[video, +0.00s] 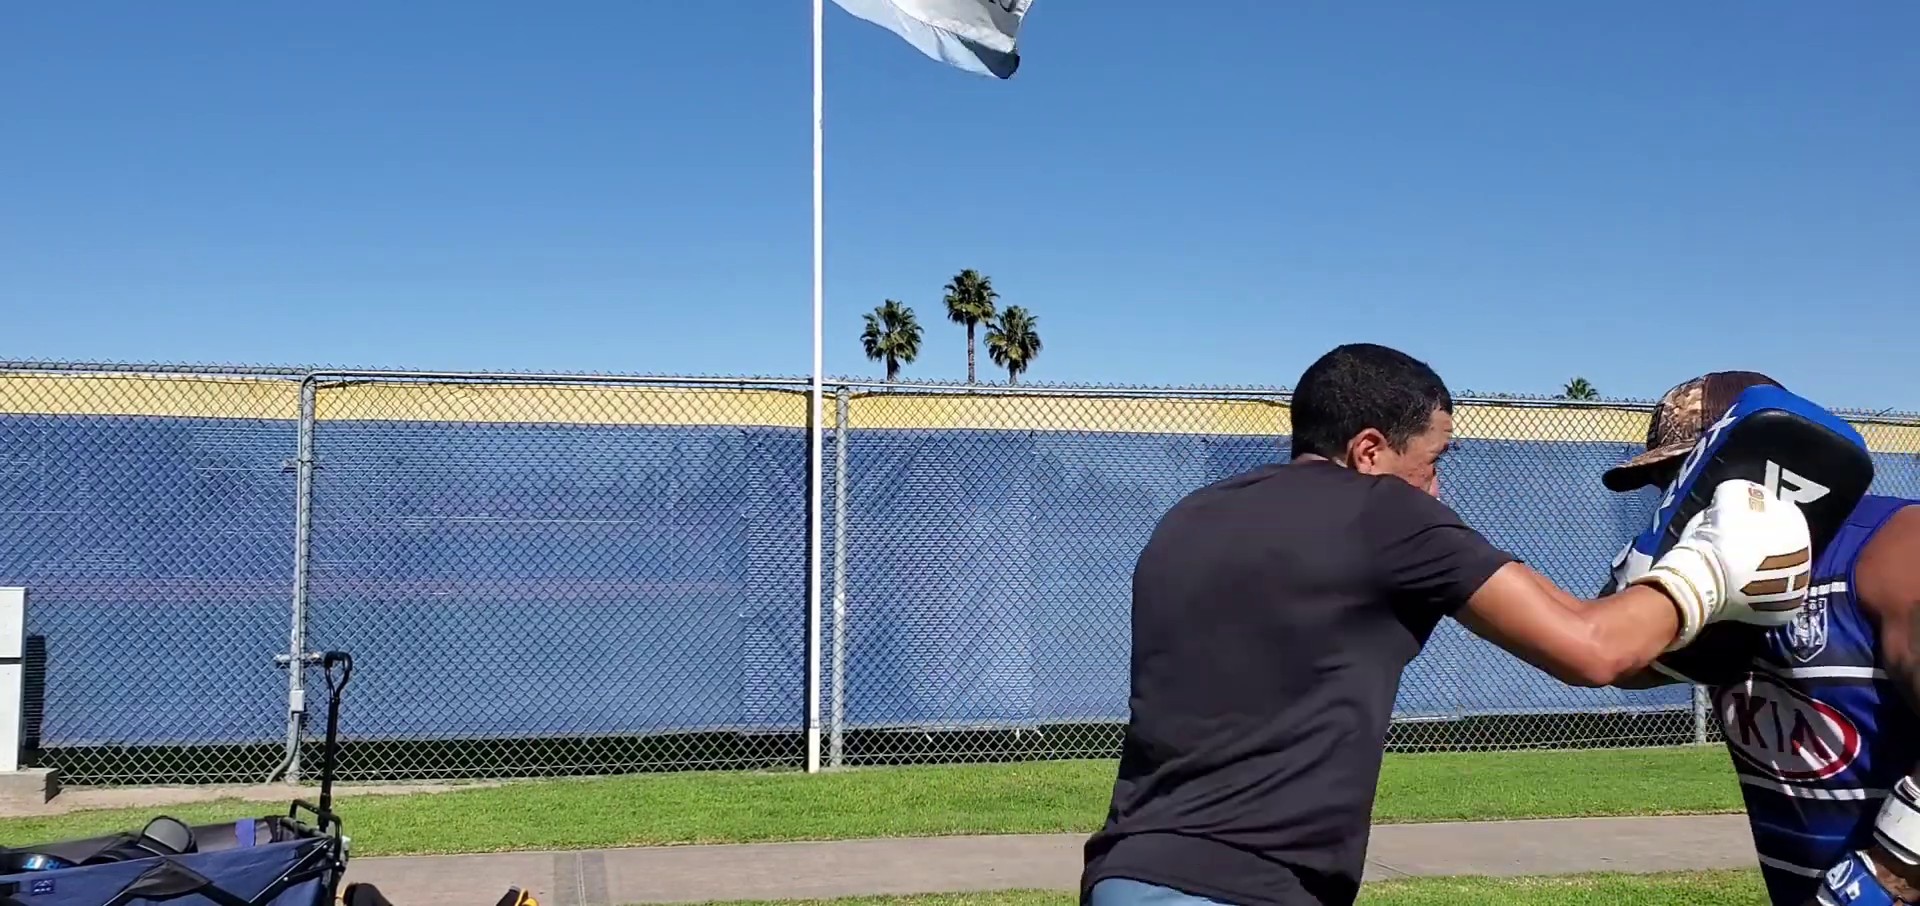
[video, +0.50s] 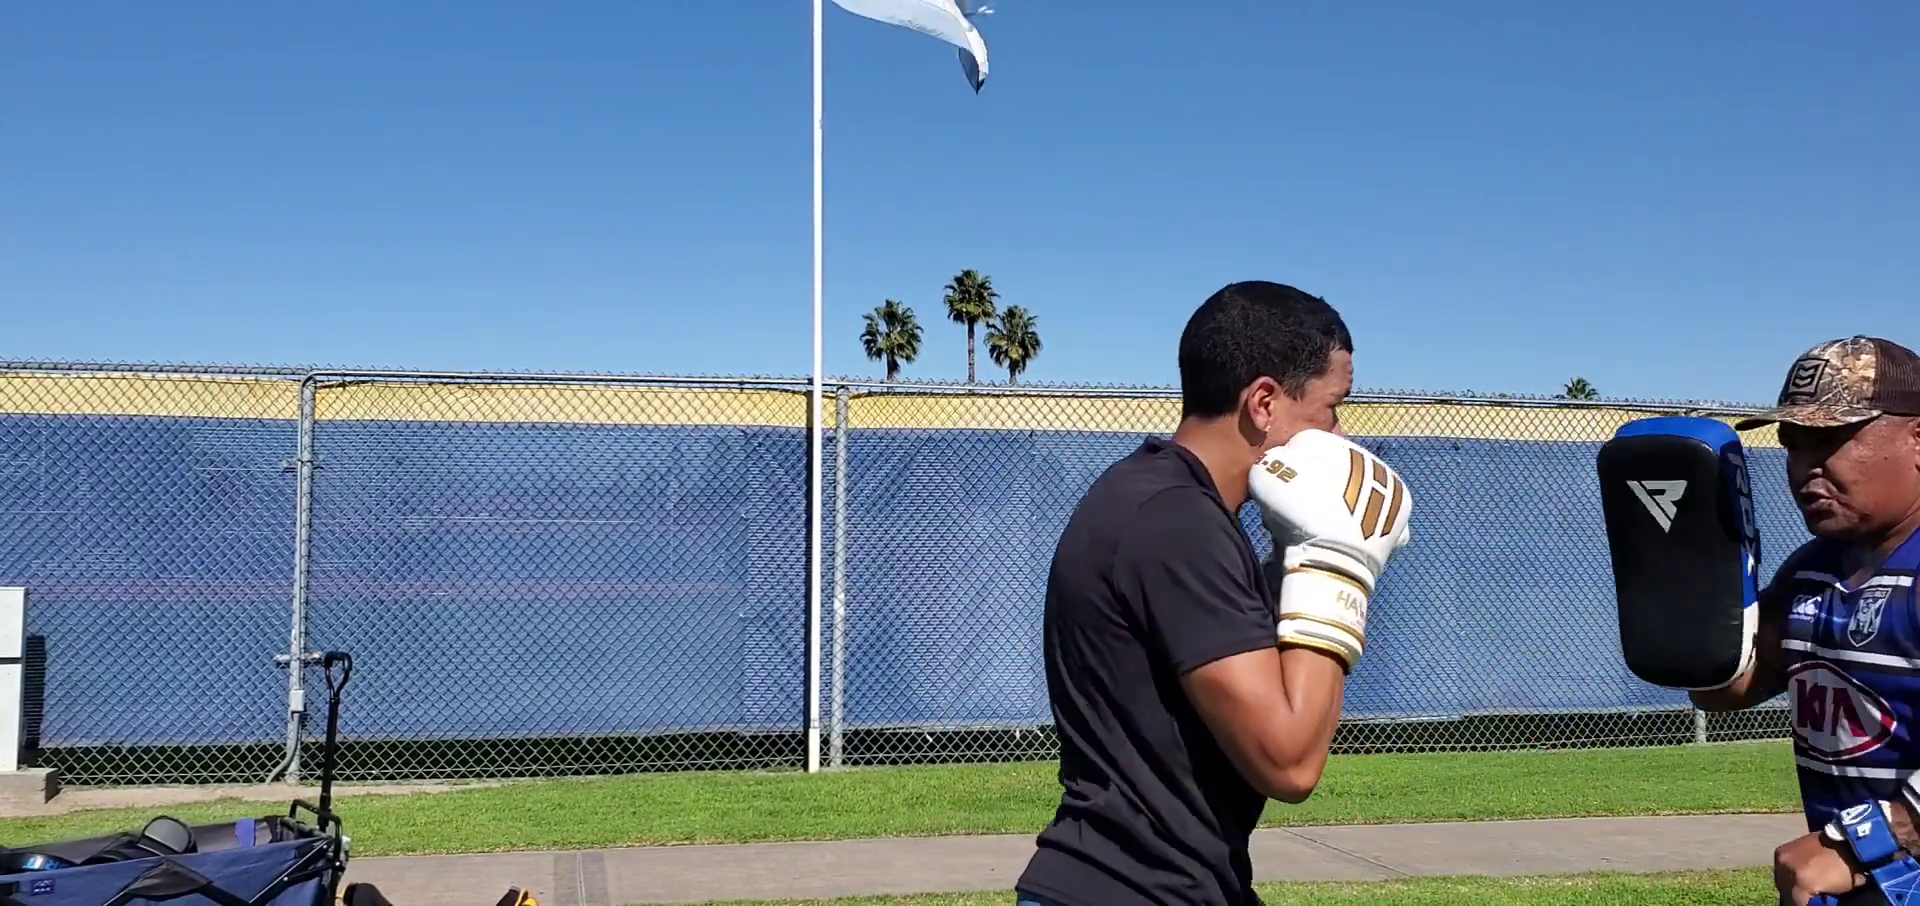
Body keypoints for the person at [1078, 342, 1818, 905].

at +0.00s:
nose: (1442, 487)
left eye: (1446, 463)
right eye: (1436, 463)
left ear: (1315, 449)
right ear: (1369, 450)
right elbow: (1598, 649)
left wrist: (1640, 613)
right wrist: (1703, 568)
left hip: (1127, 875)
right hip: (1249, 883)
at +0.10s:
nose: (1444, 492)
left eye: (1448, 466)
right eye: (1440, 465)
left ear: (1323, 451)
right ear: (1377, 452)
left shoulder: (1196, 523)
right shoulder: (1364, 533)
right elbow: (1523, 732)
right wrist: (1689, 675)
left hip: (1133, 873)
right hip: (1250, 882)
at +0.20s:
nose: (1436, 481)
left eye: (1439, 457)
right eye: (1433, 454)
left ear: (1305, 437)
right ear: (1378, 448)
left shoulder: (1202, 523)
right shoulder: (1324, 550)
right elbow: (1368, 797)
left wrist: (1357, 571)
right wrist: (1539, 724)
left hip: (1119, 877)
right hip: (1228, 885)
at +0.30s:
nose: (1404, 469)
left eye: (1407, 443)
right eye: (1401, 439)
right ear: (1344, 431)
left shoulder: (1183, 510)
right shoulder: (1259, 547)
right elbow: (1309, 810)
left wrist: (1338, 618)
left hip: (1106, 872)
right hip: (1196, 885)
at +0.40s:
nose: (1364, 445)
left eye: (1368, 422)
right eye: (1360, 420)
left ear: (1295, 414)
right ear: (1297, 413)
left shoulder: (1148, 496)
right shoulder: (1214, 526)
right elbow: (1310, 776)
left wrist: (1331, 573)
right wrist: (1355, 588)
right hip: (1165, 883)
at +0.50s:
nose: (1335, 431)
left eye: (1337, 408)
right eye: (1330, 407)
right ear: (1263, 404)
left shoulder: (1143, 496)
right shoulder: (1178, 519)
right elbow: (1290, 763)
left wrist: (1294, 563)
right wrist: (1335, 576)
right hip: (1152, 886)